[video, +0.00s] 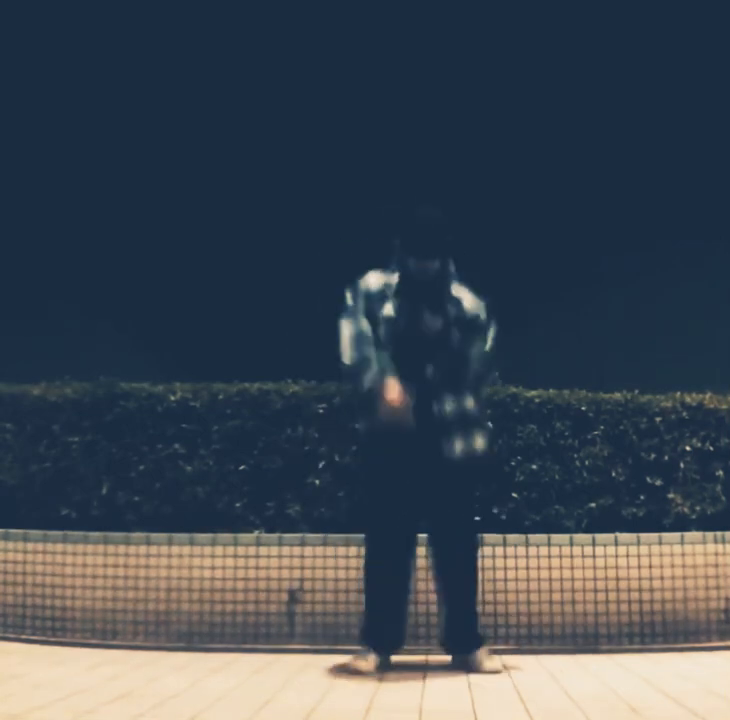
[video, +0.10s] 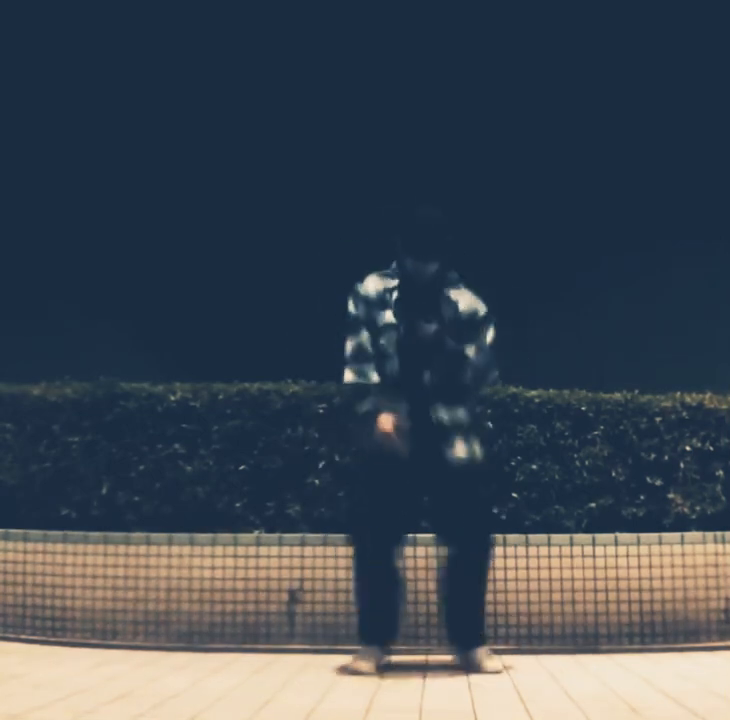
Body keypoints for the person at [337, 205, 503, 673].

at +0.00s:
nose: (424, 267)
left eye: (433, 258)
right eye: (416, 258)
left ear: (448, 257)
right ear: (401, 254)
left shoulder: (469, 305)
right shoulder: (370, 292)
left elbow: (476, 375)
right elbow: (356, 350)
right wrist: (382, 384)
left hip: (453, 446)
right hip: (391, 445)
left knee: (457, 544)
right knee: (386, 542)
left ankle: (467, 646)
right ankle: (377, 647)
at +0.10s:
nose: (423, 264)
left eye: (433, 255)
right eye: (415, 255)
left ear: (448, 255)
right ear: (401, 252)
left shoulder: (470, 307)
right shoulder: (371, 294)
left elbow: (480, 376)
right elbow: (359, 364)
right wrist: (378, 410)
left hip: (456, 447)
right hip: (388, 445)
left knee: (470, 539)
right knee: (375, 539)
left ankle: (471, 644)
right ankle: (373, 645)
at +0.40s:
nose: (416, 254)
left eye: (424, 244)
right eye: (409, 244)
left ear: (441, 249)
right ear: (397, 250)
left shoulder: (470, 300)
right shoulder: (373, 298)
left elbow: (482, 361)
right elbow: (355, 365)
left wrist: (443, 331)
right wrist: (380, 404)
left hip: (454, 444)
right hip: (389, 446)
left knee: (460, 542)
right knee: (379, 543)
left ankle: (473, 644)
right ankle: (370, 645)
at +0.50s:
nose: (409, 251)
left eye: (419, 240)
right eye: (401, 240)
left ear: (437, 242)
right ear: (389, 242)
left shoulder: (458, 292)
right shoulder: (379, 292)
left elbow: (489, 328)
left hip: (448, 427)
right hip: (390, 427)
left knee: (453, 536)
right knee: (383, 536)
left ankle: (471, 643)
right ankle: (371, 642)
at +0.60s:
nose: (427, 245)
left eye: (436, 236)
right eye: (417, 235)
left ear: (450, 239)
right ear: (399, 240)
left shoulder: (466, 278)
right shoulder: (383, 279)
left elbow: (497, 250)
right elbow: (365, 227)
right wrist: (390, 195)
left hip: (449, 415)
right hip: (390, 413)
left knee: (451, 528)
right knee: (382, 529)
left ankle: (472, 643)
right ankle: (372, 642)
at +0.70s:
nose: (426, 250)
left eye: (434, 242)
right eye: (416, 241)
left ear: (448, 248)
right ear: (401, 247)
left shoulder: (460, 291)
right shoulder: (384, 288)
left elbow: (488, 269)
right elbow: (356, 325)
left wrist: (457, 247)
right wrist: (363, 267)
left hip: (451, 426)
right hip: (391, 428)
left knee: (456, 532)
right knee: (382, 532)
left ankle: (471, 643)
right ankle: (372, 643)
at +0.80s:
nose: (412, 255)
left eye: (420, 245)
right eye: (402, 244)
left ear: (433, 247)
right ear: (386, 246)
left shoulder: (462, 291)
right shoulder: (368, 294)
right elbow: (358, 360)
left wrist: (462, 309)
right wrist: (376, 304)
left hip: (454, 431)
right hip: (391, 434)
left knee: (460, 535)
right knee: (383, 536)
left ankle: (471, 644)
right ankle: (372, 645)